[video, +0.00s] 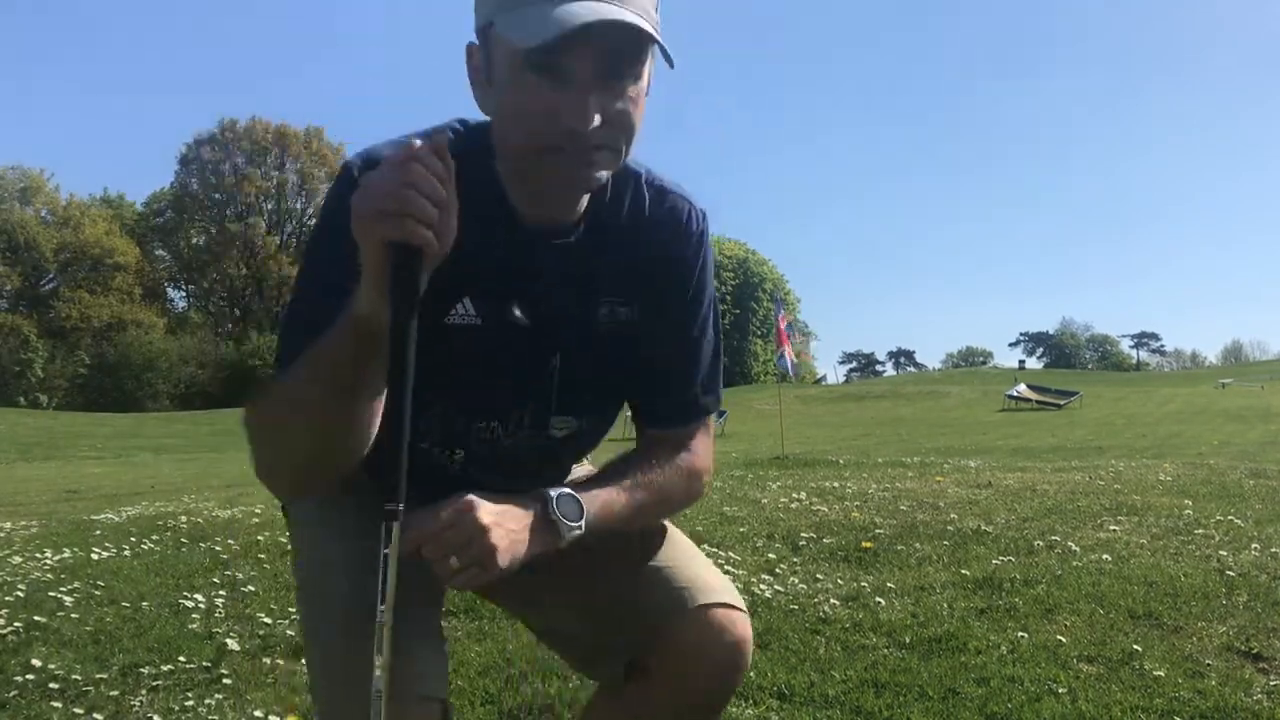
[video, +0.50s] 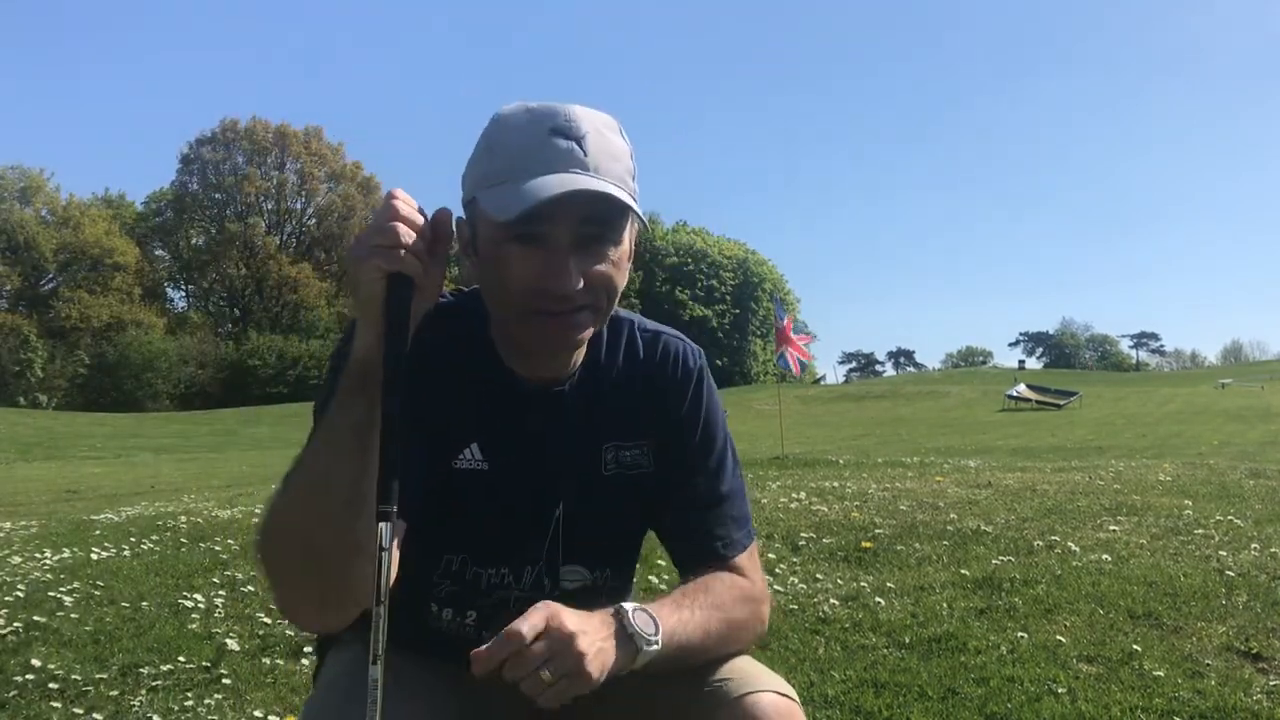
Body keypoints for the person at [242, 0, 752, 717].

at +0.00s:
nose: (590, 114)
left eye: (618, 75)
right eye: (550, 73)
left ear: (647, 82)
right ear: (481, 76)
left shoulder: (666, 233)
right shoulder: (384, 191)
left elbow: (683, 459)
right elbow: (287, 470)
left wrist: (539, 522)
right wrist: (375, 306)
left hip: (538, 501)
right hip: (371, 499)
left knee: (708, 644)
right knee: (394, 702)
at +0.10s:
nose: (584, 184)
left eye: (613, 145)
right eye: (546, 144)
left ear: (643, 156)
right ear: (475, 149)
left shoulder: (666, 298)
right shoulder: (394, 264)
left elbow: (705, 525)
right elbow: (309, 550)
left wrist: (566, 572)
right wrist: (367, 327)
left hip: (550, 587)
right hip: (384, 581)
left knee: (735, 677)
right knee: (385, 702)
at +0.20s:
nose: (577, 227)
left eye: (606, 190)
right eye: (538, 187)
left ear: (636, 199)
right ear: (470, 194)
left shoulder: (666, 340)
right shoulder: (391, 311)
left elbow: (720, 566)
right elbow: (305, 587)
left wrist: (581, 607)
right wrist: (358, 334)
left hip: (578, 646)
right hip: (403, 644)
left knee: (751, 691)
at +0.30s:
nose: (564, 270)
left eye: (595, 229)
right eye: (528, 228)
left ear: (630, 241)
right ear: (464, 236)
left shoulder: (667, 373)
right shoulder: (404, 355)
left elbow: (742, 600)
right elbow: (304, 610)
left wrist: (601, 636)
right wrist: (356, 347)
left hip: (594, 673)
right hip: (414, 666)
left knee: (772, 707)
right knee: (338, 705)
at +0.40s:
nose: (560, 280)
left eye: (591, 241)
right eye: (525, 240)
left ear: (628, 254)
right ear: (466, 249)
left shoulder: (666, 381)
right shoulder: (404, 363)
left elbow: (750, 604)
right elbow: (304, 608)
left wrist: (614, 650)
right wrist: (361, 344)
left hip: (598, 676)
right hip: (415, 670)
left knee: (773, 708)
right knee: (342, 705)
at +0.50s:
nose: (564, 279)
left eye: (594, 238)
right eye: (528, 238)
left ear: (631, 248)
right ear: (469, 245)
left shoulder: (666, 372)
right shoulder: (401, 352)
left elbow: (742, 596)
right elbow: (314, 604)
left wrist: (618, 636)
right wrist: (371, 344)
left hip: (599, 668)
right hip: (421, 662)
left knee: (768, 708)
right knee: (346, 700)